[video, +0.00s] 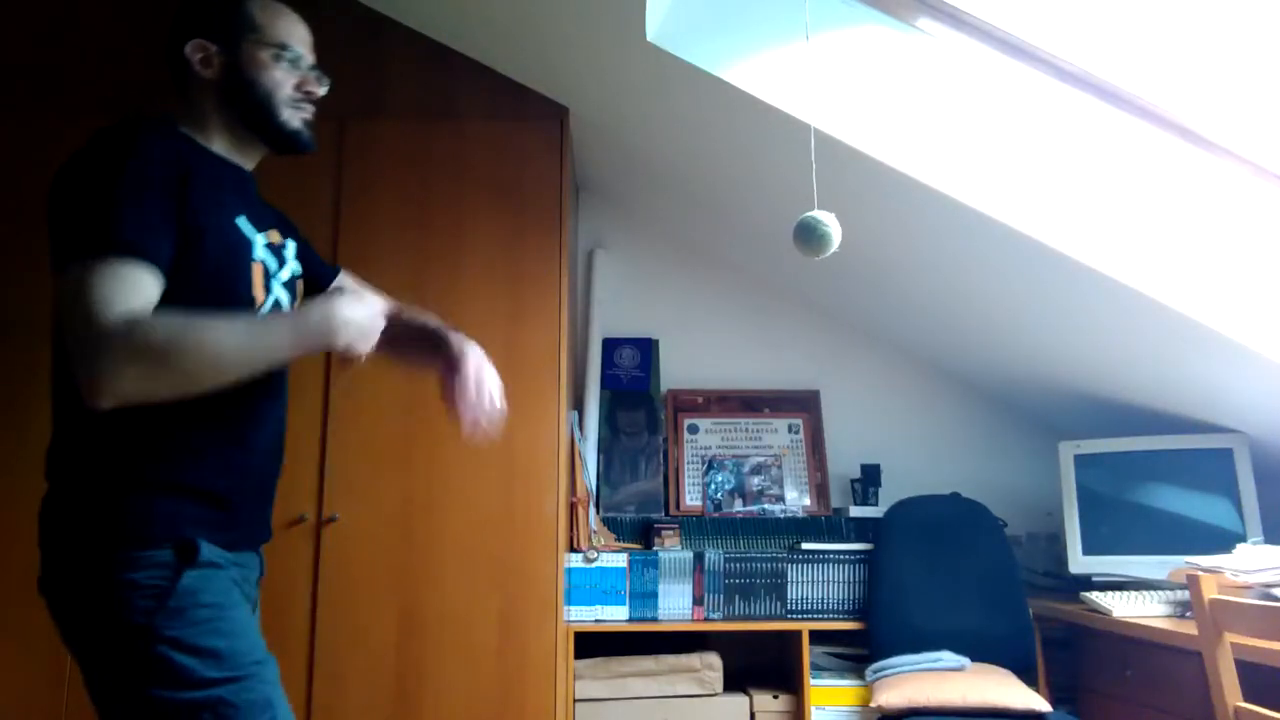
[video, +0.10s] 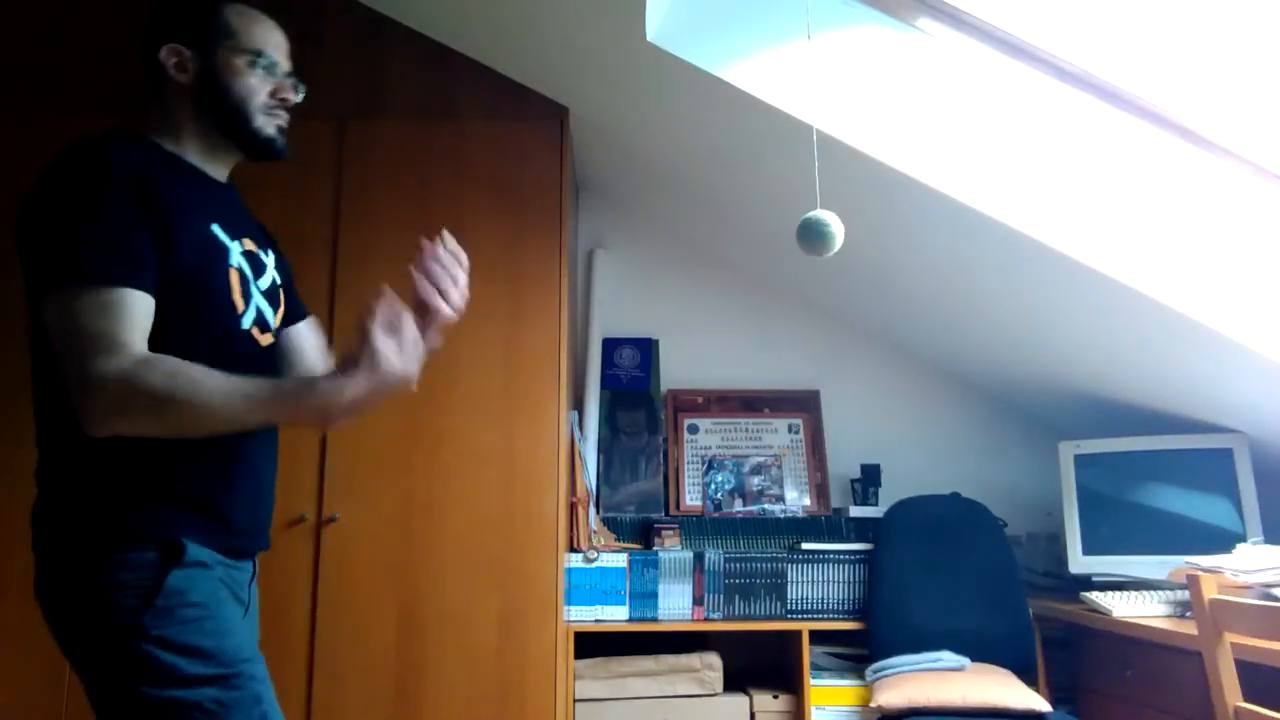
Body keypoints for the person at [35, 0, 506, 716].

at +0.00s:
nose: (314, 83)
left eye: (313, 69)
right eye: (285, 58)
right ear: (208, 61)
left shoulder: (258, 217)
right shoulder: (134, 162)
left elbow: (356, 305)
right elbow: (109, 361)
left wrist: (446, 346)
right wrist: (313, 325)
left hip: (221, 557)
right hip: (150, 558)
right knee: (253, 705)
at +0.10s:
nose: (288, 89)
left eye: (288, 76)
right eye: (260, 64)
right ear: (181, 65)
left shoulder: (248, 233)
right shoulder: (107, 178)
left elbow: (321, 385)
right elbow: (107, 386)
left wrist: (415, 334)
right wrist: (327, 393)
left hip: (220, 565)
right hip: (144, 563)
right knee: (240, 706)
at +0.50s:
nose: (272, 82)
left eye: (271, 67)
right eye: (240, 58)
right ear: (162, 69)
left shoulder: (270, 236)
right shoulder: (79, 192)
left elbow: (316, 408)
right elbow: (93, 386)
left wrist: (405, 311)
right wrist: (283, 295)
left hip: (266, 570)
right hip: (163, 571)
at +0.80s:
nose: (314, 74)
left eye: (311, 59)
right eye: (283, 50)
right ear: (203, 64)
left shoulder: (278, 222)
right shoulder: (136, 172)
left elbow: (393, 374)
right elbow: (203, 338)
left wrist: (427, 268)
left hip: (287, 570)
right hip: (214, 572)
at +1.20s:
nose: (364, 85)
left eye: (361, 68)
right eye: (335, 60)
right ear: (255, 65)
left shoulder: (299, 208)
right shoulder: (213, 173)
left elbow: (417, 367)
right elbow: (297, 342)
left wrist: (435, 234)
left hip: (291, 563)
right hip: (245, 567)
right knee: (358, 705)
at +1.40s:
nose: (366, 105)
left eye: (365, 88)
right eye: (344, 76)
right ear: (265, 70)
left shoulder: (221, 190)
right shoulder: (279, 155)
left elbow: (373, 363)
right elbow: (531, 200)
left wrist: (387, 206)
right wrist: (725, 227)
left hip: (203, 566)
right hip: (245, 566)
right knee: (362, 710)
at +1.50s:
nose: (356, 103)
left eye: (356, 85)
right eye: (335, 75)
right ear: (257, 69)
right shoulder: (250, 156)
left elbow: (370, 366)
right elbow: (500, 229)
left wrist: (373, 207)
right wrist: (674, 285)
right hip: (231, 564)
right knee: (358, 705)